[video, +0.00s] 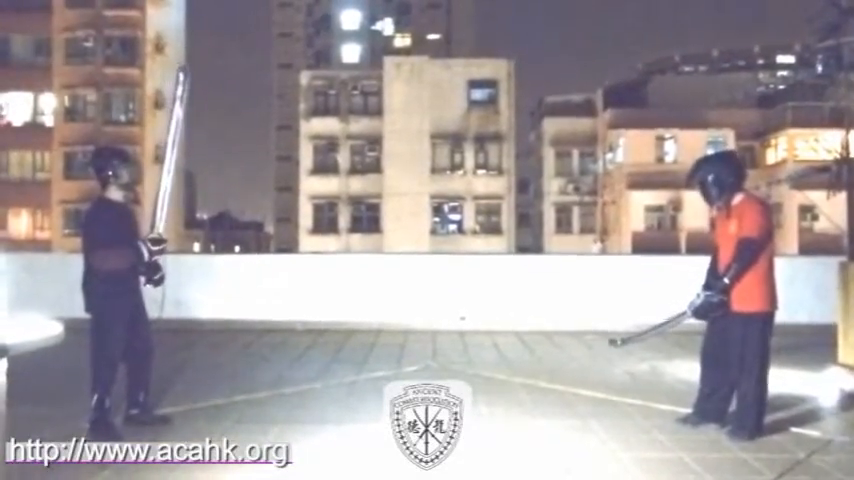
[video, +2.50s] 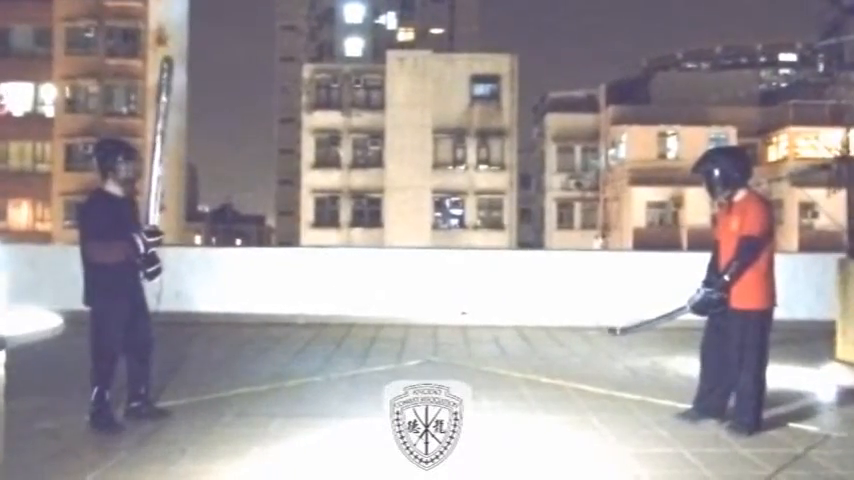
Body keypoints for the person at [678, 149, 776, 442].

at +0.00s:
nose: (704, 192)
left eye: (706, 184)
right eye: (702, 185)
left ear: (722, 180)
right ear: (716, 182)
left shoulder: (752, 208)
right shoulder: (721, 213)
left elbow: (748, 250)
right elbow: (719, 257)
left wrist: (722, 288)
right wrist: (708, 290)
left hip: (753, 303)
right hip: (727, 301)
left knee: (750, 364)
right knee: (716, 357)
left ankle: (746, 422)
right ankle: (708, 410)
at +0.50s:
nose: (724, 182)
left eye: (727, 174)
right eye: (722, 175)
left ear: (743, 170)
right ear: (736, 172)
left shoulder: (772, 198)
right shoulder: (741, 204)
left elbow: (767, 243)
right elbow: (738, 248)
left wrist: (740, 280)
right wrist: (727, 280)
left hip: (773, 295)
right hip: (747, 293)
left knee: (771, 357)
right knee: (736, 350)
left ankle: (769, 414)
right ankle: (731, 403)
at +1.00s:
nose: (719, 189)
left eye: (722, 181)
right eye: (718, 182)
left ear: (738, 178)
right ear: (733, 181)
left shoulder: (766, 208)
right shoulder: (736, 212)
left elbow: (760, 249)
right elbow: (731, 255)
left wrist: (733, 285)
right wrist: (720, 286)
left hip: (764, 302)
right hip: (739, 300)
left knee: (761, 363)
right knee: (727, 356)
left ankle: (758, 420)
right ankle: (719, 408)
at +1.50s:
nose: (720, 187)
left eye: (723, 180)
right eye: (719, 181)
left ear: (739, 178)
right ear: (736, 179)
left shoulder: (768, 206)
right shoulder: (737, 210)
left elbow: (762, 249)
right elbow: (732, 253)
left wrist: (735, 284)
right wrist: (721, 285)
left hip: (765, 301)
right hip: (740, 298)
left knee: (762, 362)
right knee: (727, 354)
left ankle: (759, 419)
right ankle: (720, 407)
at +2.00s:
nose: (719, 186)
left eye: (722, 178)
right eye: (718, 179)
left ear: (738, 176)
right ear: (735, 178)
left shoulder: (767, 205)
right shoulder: (735, 209)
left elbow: (762, 248)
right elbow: (731, 252)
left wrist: (735, 283)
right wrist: (720, 284)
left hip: (765, 300)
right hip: (739, 297)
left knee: (761, 361)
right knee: (727, 353)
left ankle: (758, 419)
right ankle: (720, 407)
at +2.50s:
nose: (708, 186)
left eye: (711, 178)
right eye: (707, 179)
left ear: (727, 177)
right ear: (721, 179)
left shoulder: (755, 207)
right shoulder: (724, 210)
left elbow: (748, 251)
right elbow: (719, 253)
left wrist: (721, 286)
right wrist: (708, 284)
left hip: (752, 299)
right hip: (726, 297)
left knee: (749, 360)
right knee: (715, 353)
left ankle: (746, 417)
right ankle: (708, 405)